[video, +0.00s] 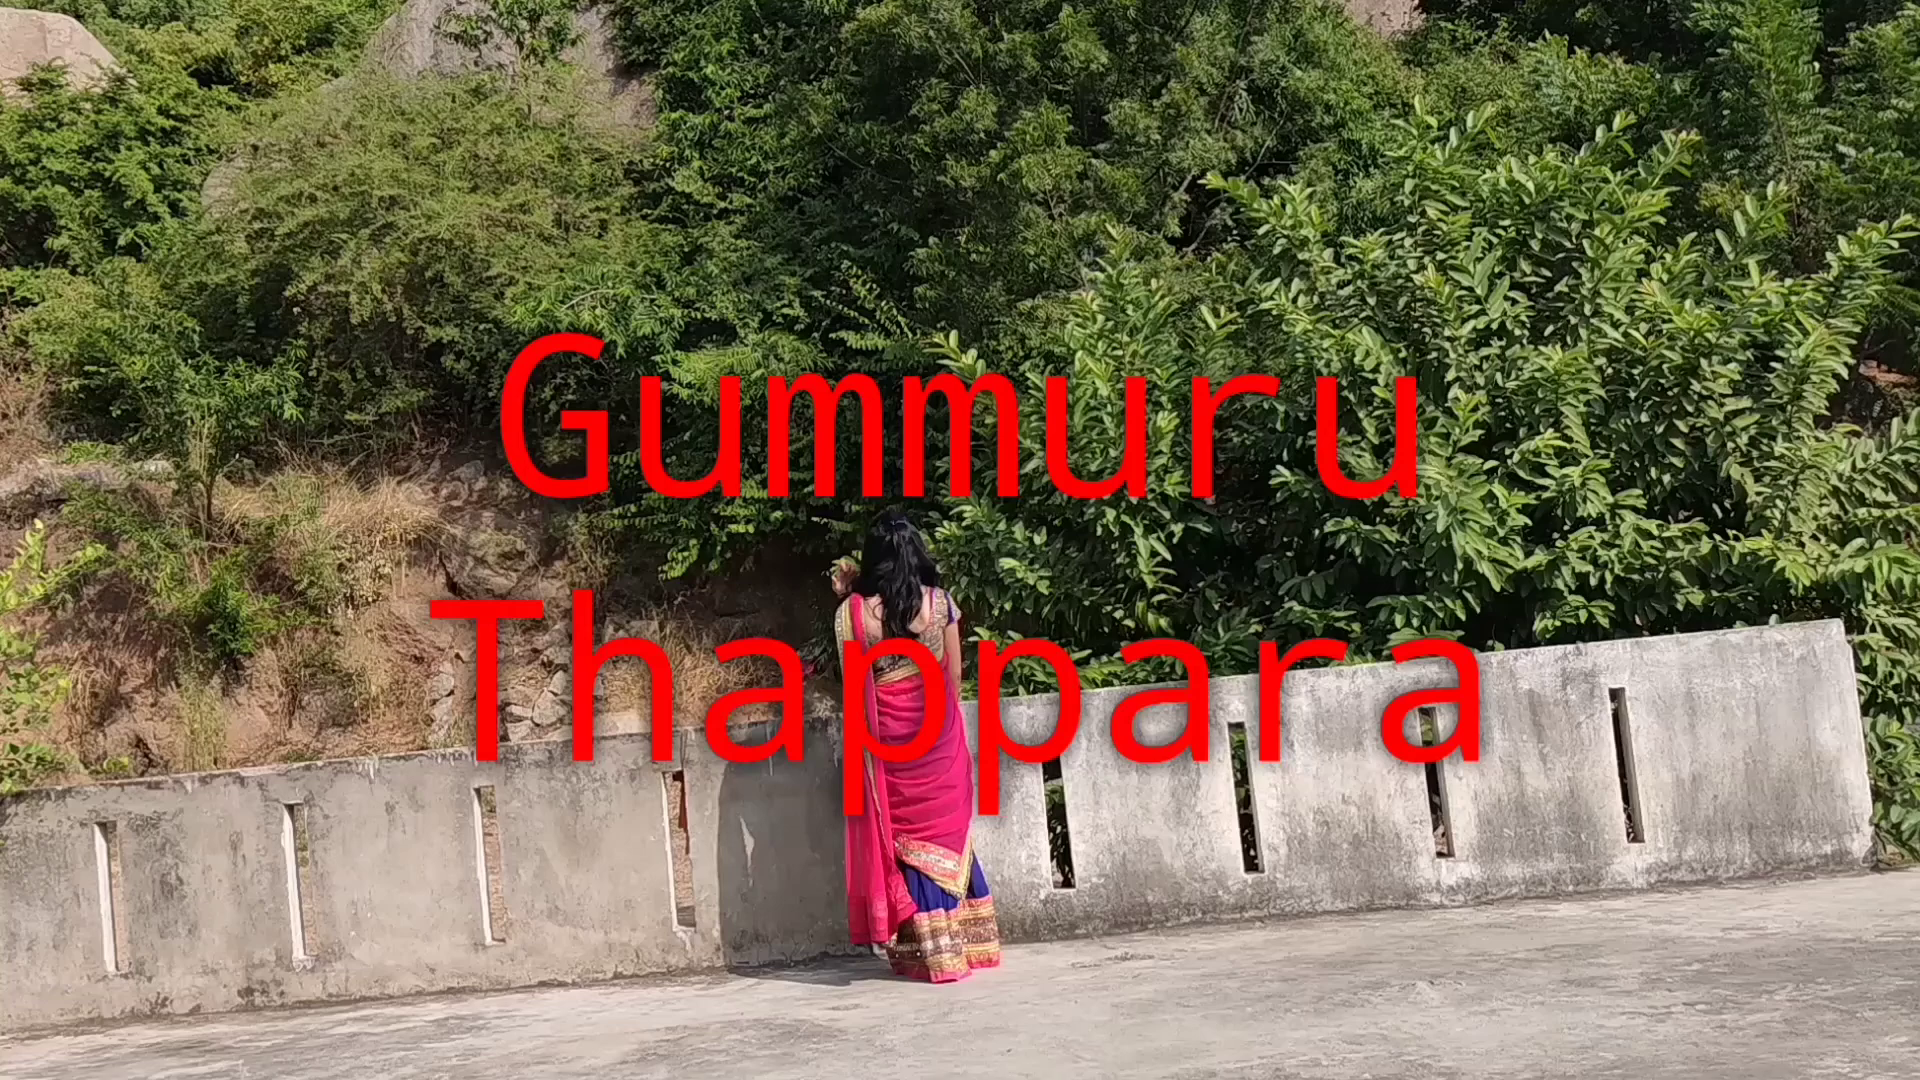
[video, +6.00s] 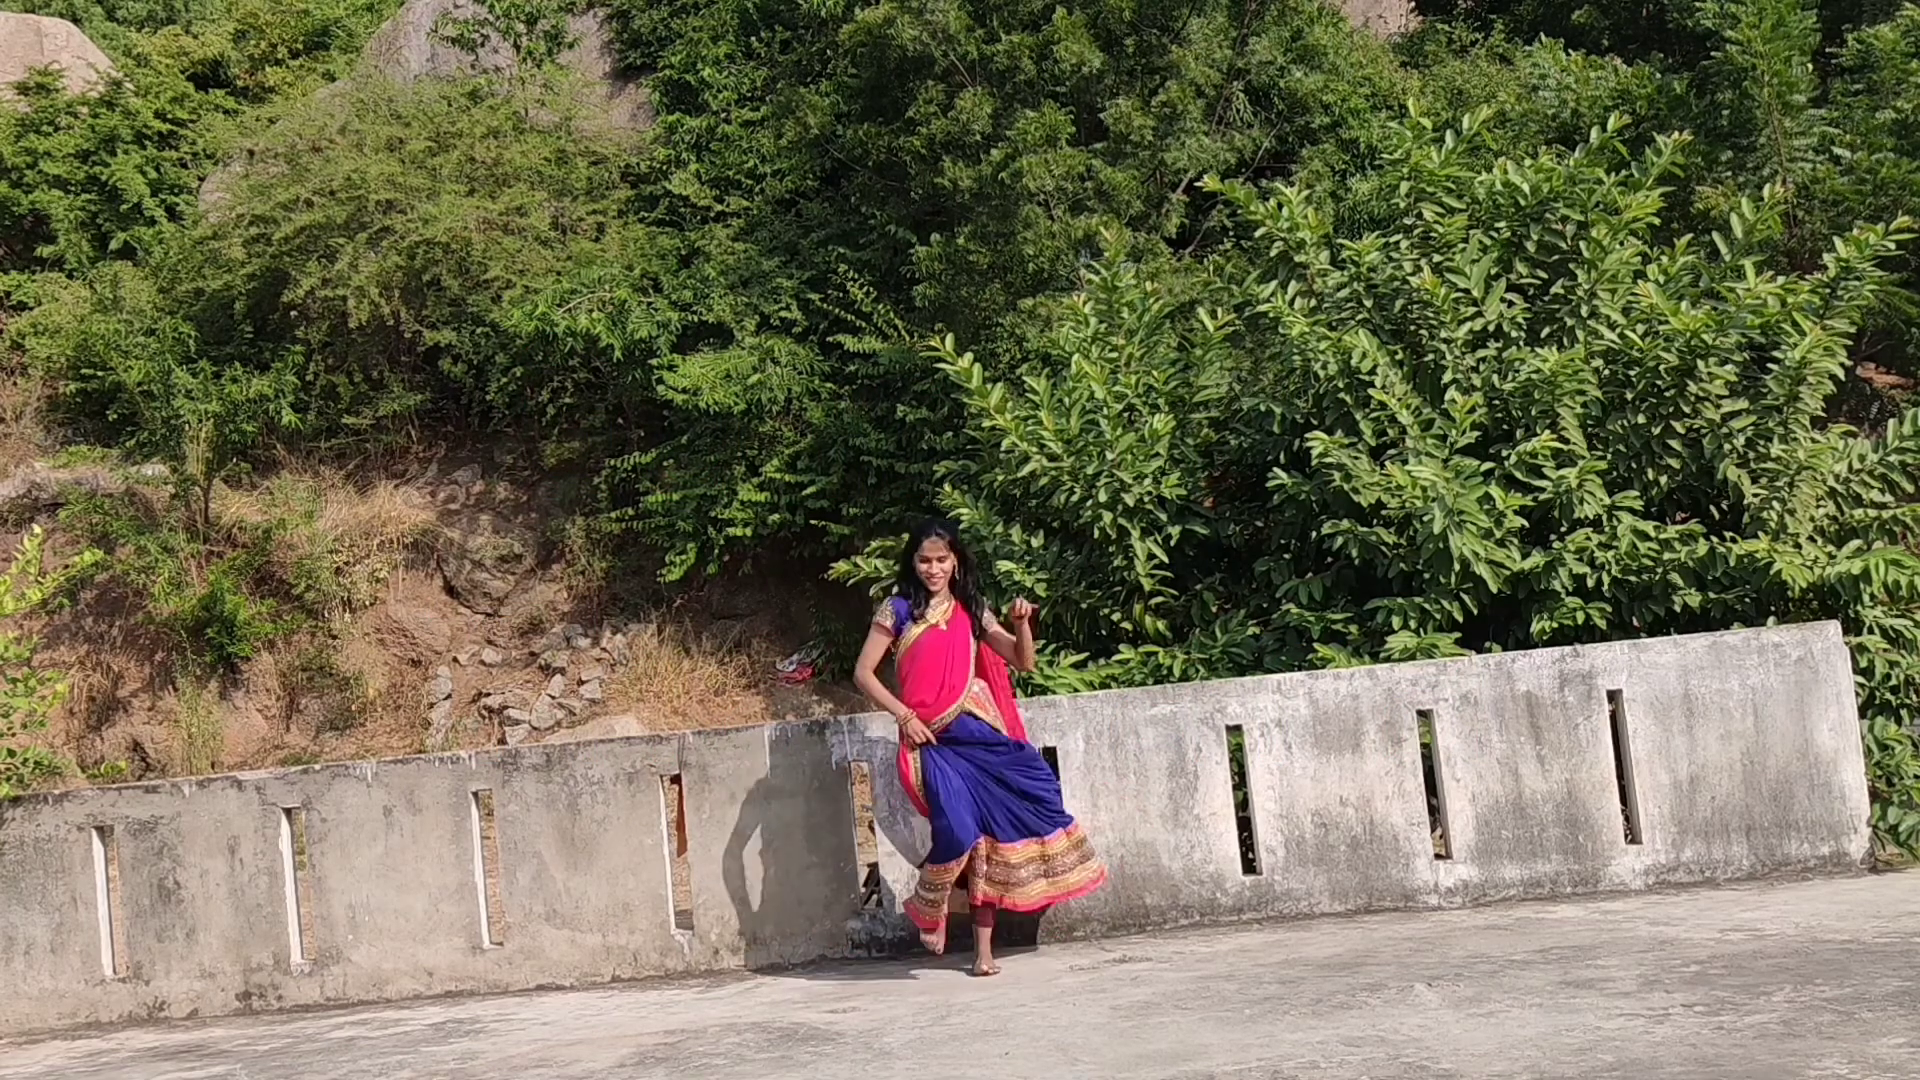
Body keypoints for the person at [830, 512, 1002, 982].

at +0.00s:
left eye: (873, 549)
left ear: (872, 556)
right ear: (919, 553)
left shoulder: (854, 611)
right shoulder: (942, 602)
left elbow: (852, 678)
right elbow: (953, 673)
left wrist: (845, 599)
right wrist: (951, 720)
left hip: (885, 729)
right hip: (937, 725)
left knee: (897, 831)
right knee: (945, 827)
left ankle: (917, 946)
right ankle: (954, 944)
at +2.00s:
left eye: (848, 560)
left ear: (847, 565)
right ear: (892, 560)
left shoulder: (837, 621)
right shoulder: (922, 606)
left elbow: (841, 696)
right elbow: (935, 676)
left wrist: (853, 753)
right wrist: (932, 728)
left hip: (873, 737)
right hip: (922, 729)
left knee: (883, 836)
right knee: (929, 830)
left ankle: (904, 950)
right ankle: (943, 943)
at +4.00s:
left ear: (845, 563)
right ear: (892, 559)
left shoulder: (827, 618)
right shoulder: (919, 608)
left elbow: (829, 692)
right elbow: (935, 676)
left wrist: (838, 747)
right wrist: (935, 730)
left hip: (866, 740)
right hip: (919, 735)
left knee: (877, 838)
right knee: (928, 834)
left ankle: (893, 952)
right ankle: (941, 945)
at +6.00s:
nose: (932, 568)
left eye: (941, 559)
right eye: (924, 559)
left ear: (956, 562)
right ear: (912, 563)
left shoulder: (971, 609)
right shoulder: (897, 609)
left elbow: (1023, 662)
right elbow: (862, 672)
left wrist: (1023, 624)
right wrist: (903, 715)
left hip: (979, 731)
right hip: (930, 737)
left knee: (986, 836)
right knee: (960, 833)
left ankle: (983, 947)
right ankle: (930, 906)